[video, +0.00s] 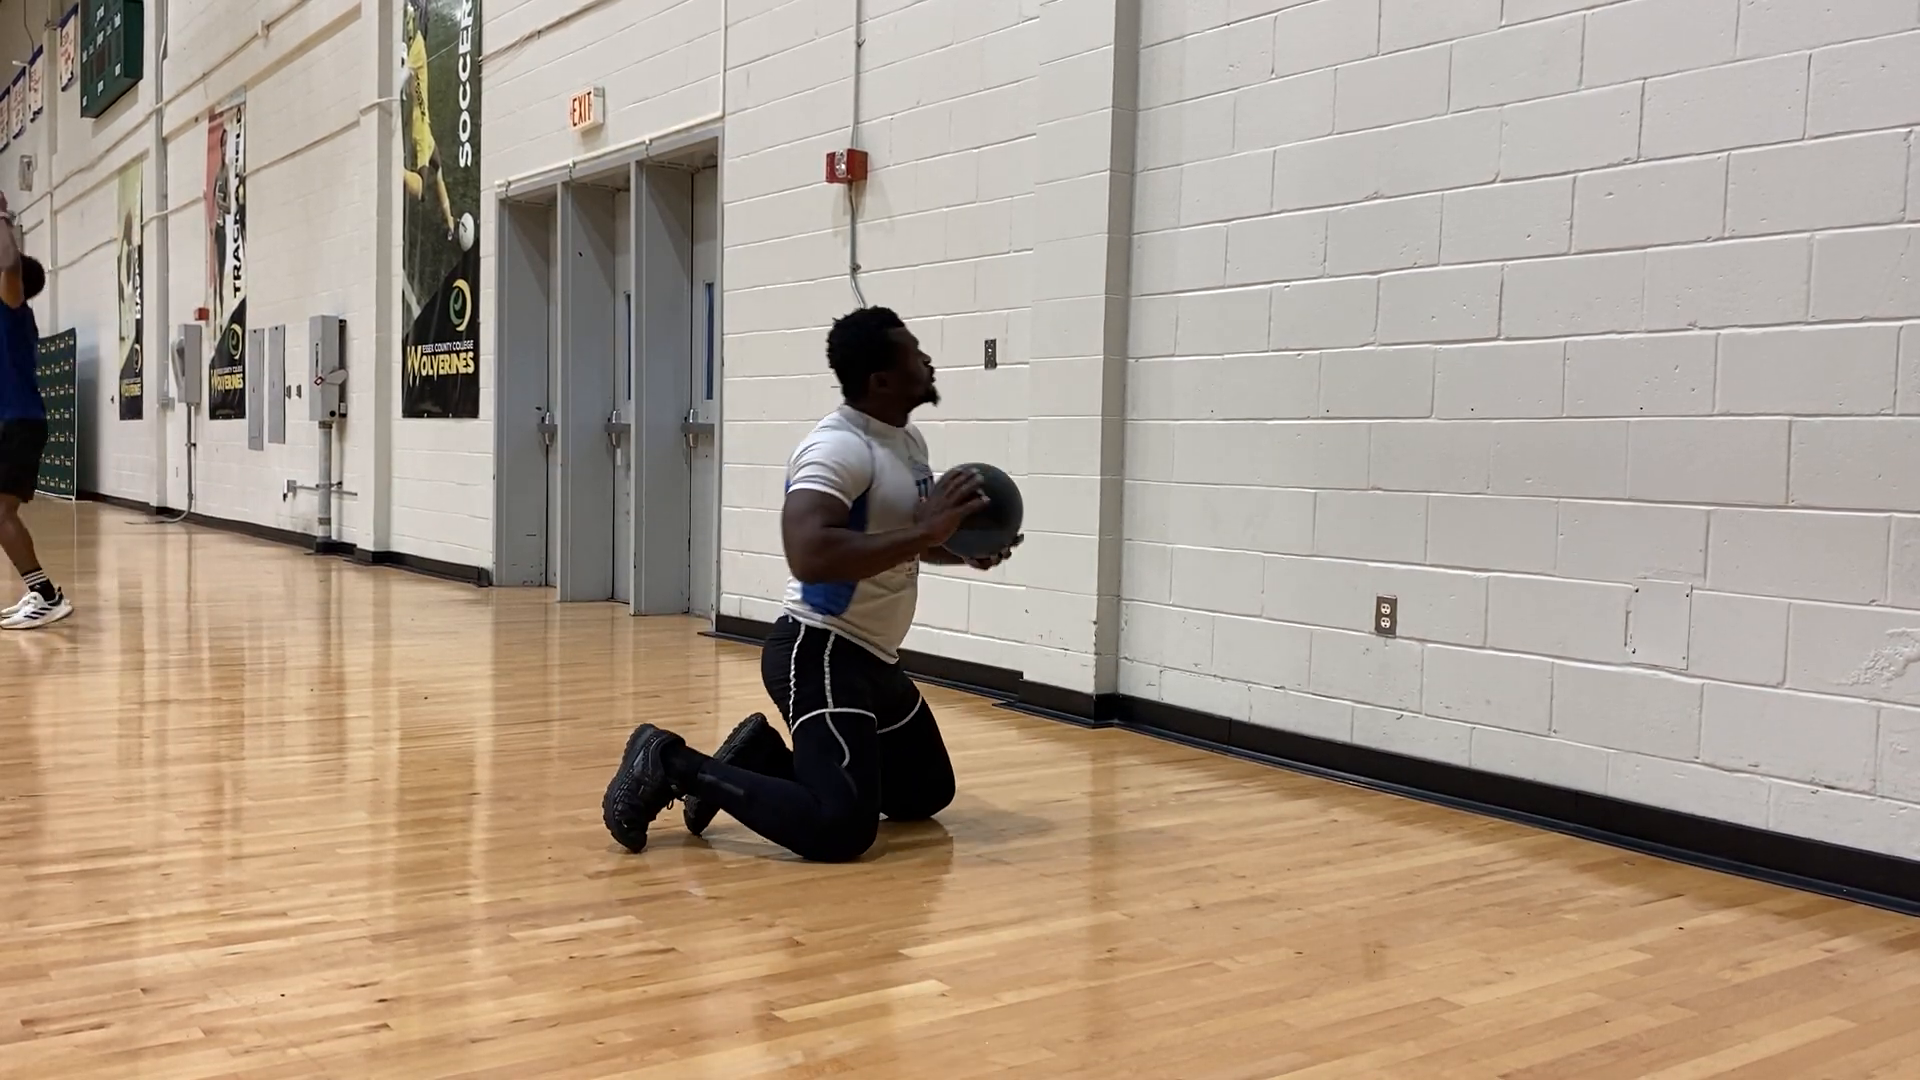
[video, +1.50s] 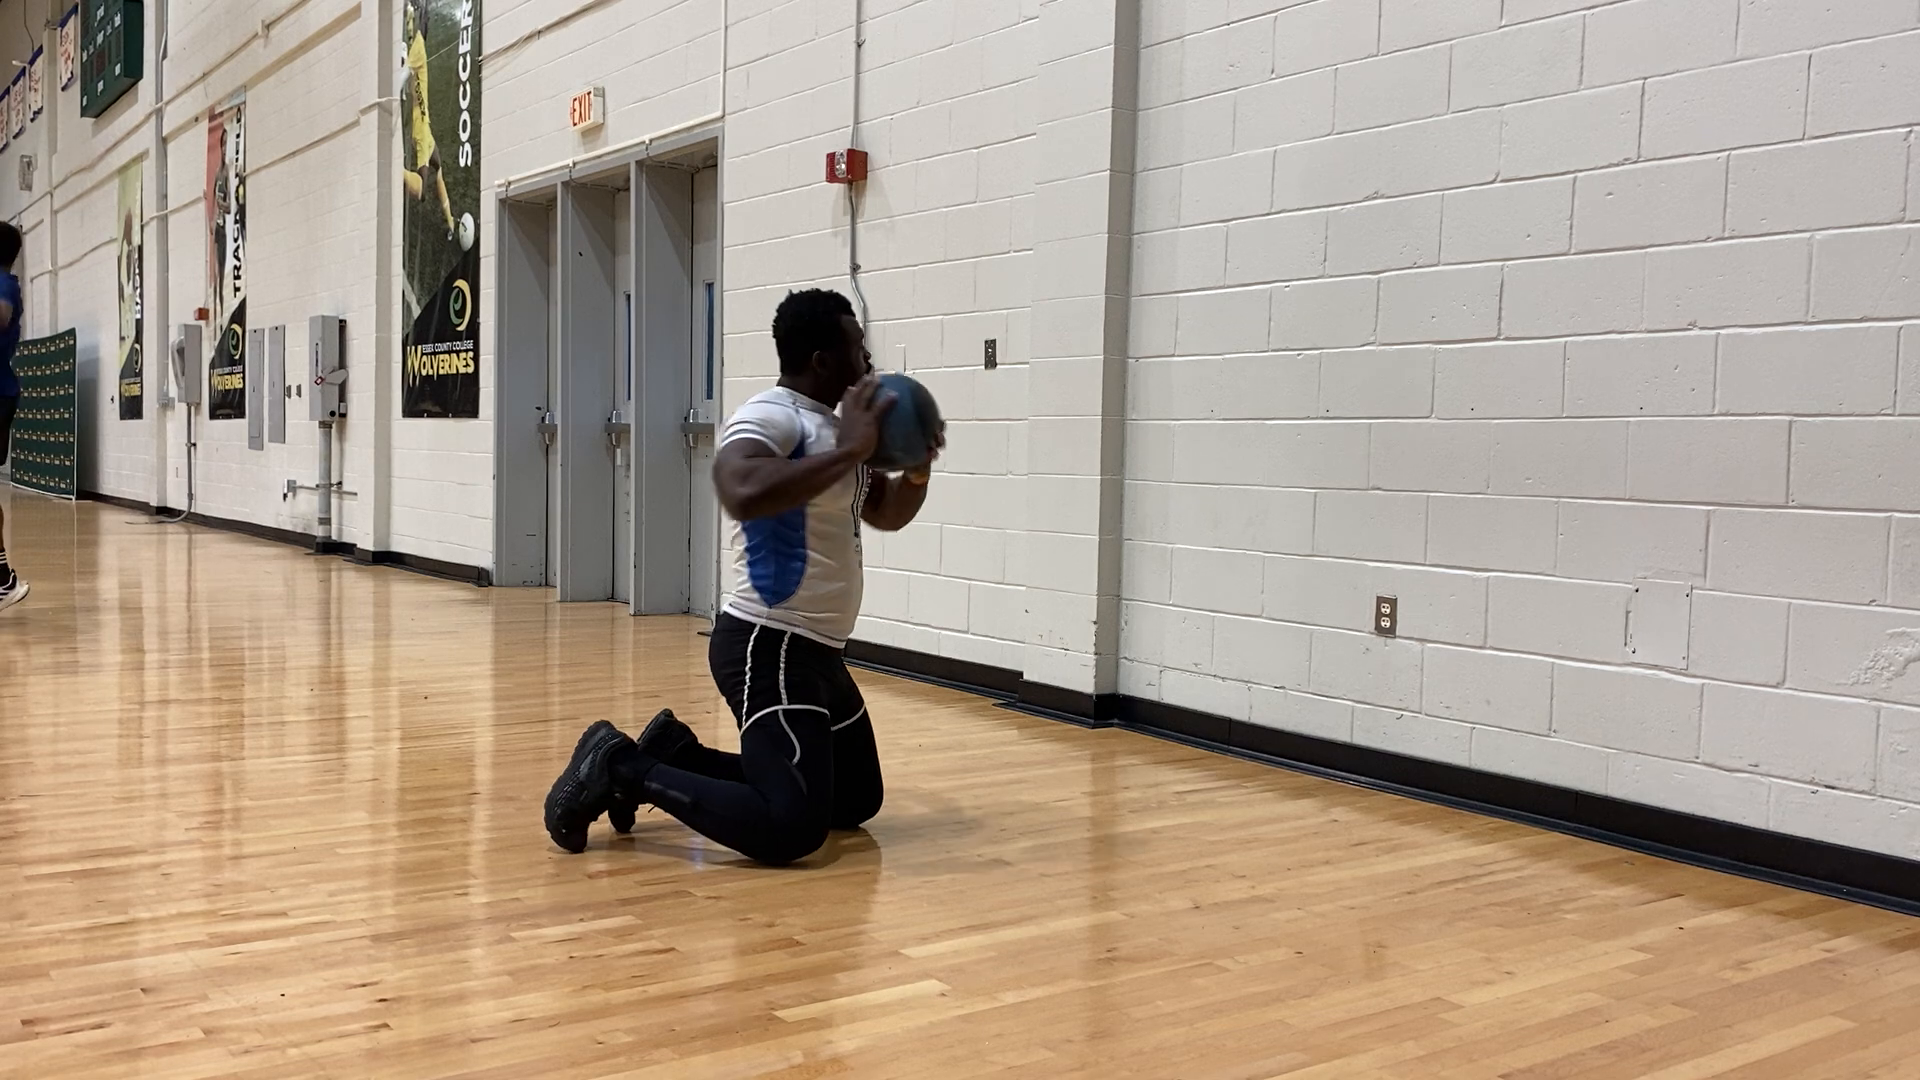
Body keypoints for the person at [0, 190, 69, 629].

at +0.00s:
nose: (9, 273)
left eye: (16, 269)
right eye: (14, 269)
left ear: (22, 280)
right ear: (23, 282)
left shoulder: (15, 308)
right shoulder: (15, 311)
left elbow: (11, 263)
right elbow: (13, 261)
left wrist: (4, 221)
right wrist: (7, 223)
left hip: (19, 420)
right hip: (17, 419)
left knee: (5, 510)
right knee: (5, 510)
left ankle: (43, 591)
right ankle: (40, 590)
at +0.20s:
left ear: (9, 251)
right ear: (15, 253)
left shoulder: (14, 281)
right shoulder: (12, 284)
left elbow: (14, 300)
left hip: (10, 391)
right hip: (9, 390)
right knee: (0, 481)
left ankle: (16, 570)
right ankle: (13, 568)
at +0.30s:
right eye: (1, 257)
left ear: (4, 266)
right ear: (10, 267)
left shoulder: (9, 299)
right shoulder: (8, 299)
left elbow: (12, 349)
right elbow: (13, 349)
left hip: (8, 407)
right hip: (8, 407)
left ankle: (5, 579)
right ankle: (4, 577)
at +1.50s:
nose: (14, 253)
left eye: (7, 244)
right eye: (15, 245)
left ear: (1, 250)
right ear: (14, 251)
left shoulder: (8, 285)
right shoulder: (12, 286)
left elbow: (5, 320)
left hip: (4, 394)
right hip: (4, 393)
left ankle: (4, 576)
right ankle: (3, 575)